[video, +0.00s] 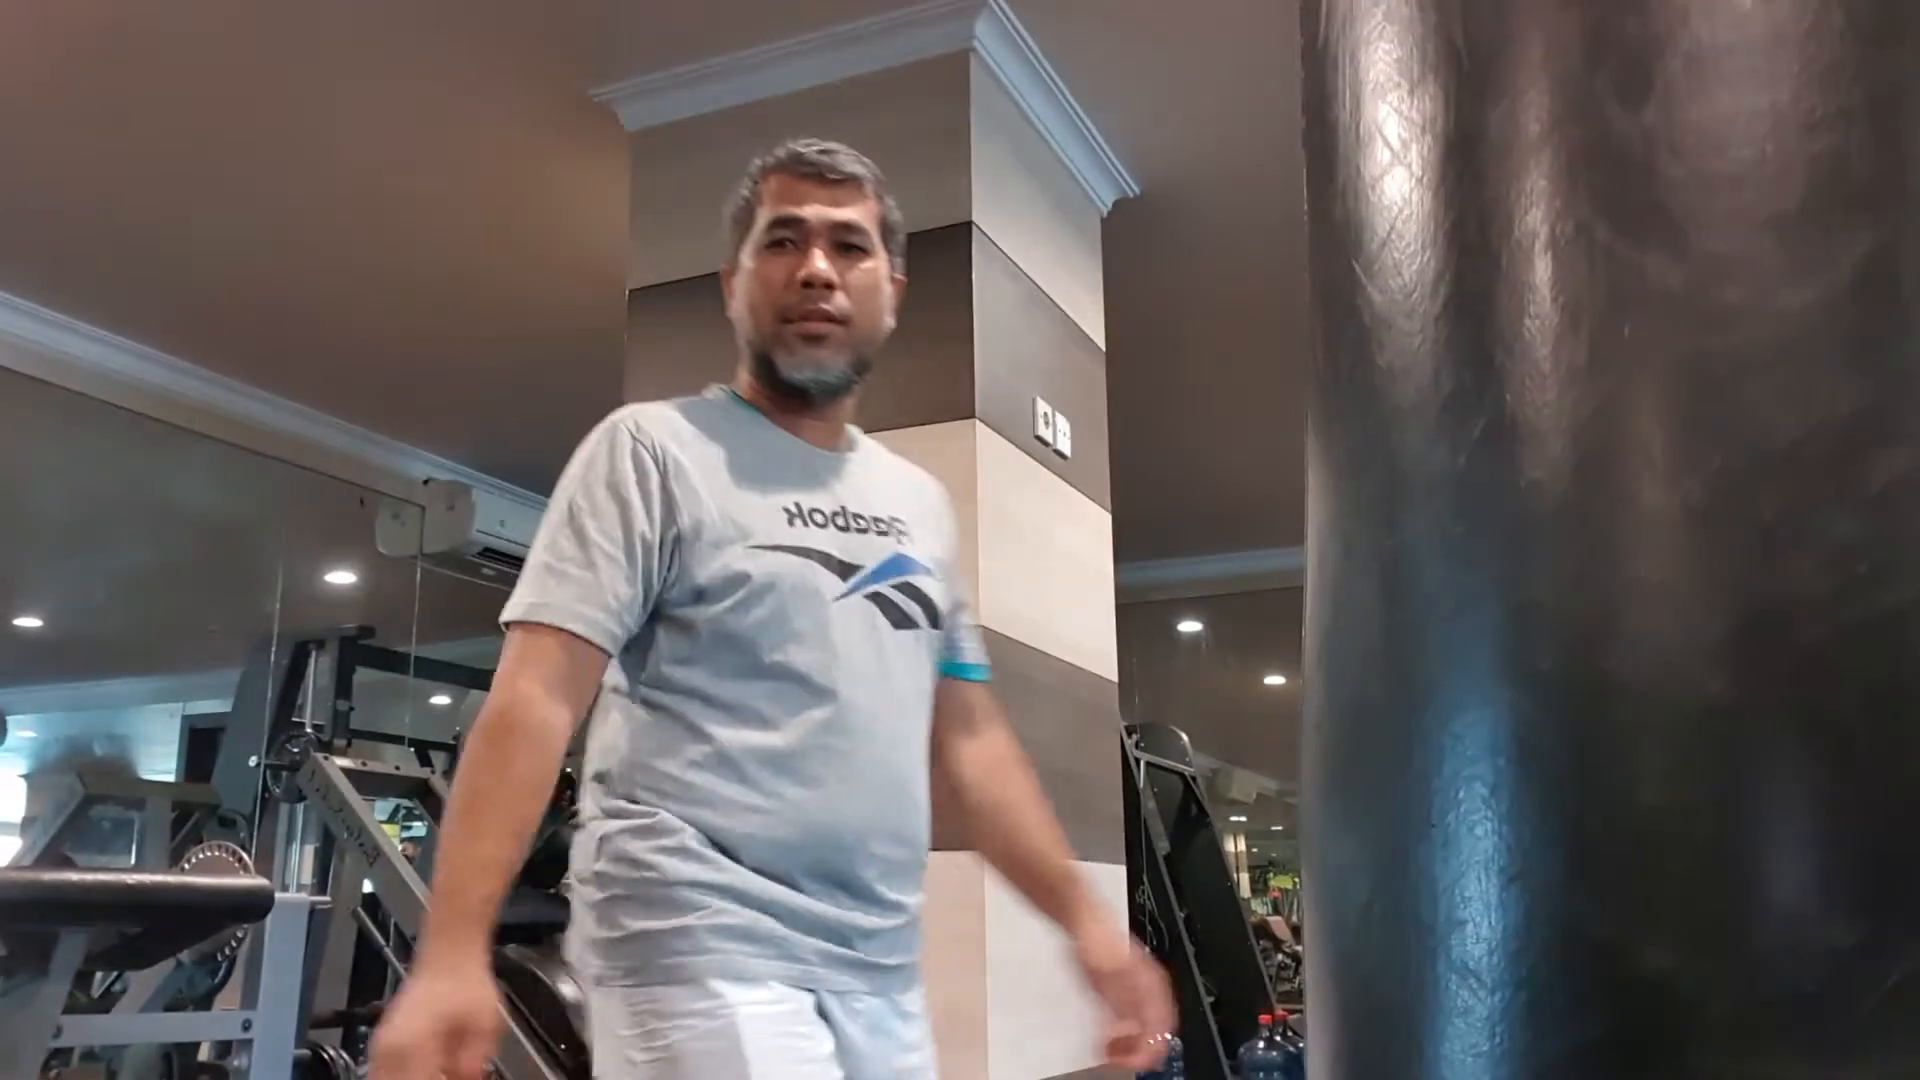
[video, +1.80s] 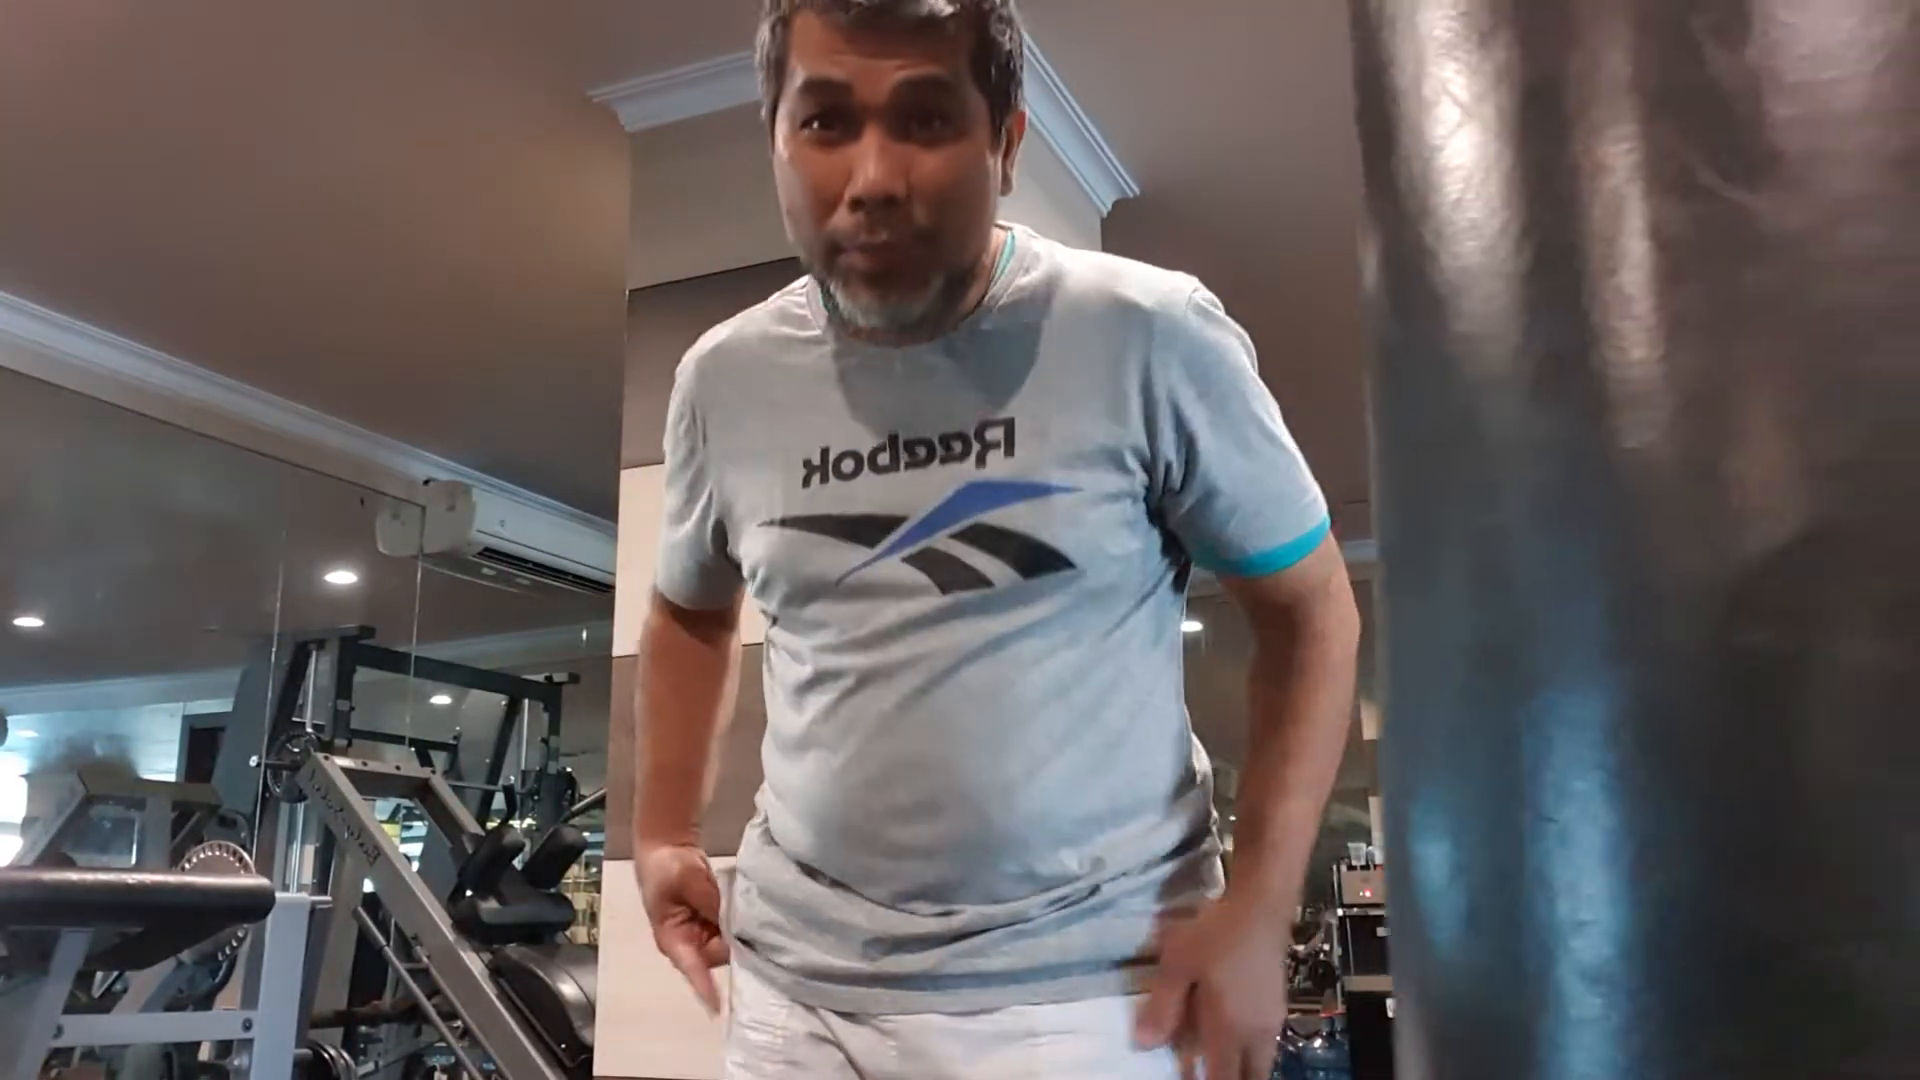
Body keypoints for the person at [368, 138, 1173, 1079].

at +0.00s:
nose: (816, 270)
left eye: (849, 247)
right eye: (784, 242)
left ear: (894, 296)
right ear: (729, 287)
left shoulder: (918, 503)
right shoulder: (647, 452)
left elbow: (966, 737)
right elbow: (534, 699)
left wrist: (1085, 917)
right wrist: (451, 954)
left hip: (876, 971)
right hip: (693, 953)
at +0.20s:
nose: (846, 239)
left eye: (882, 216)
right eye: (814, 213)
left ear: (933, 266)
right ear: (770, 260)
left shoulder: (1006, 474)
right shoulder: (675, 452)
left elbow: (1078, 683)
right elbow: (577, 710)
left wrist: (1164, 808)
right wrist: (486, 968)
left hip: (939, 960)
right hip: (722, 937)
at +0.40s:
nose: (849, 221)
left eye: (889, 194)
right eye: (817, 193)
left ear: (946, 246)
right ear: (775, 241)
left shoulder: (1041, 444)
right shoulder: (682, 462)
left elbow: (1150, 635)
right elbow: (639, 736)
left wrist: (1163, 673)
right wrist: (612, 1001)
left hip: (969, 1002)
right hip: (726, 999)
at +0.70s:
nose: (826, 189)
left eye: (868, 155)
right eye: (790, 157)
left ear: (935, 204)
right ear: (748, 208)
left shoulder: (1048, 383)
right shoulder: (681, 458)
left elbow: (1217, 627)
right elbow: (646, 741)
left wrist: (1119, 529)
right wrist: (593, 1023)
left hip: (1040, 1002)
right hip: (751, 1010)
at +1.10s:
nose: (869, 131)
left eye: (915, 91)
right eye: (831, 93)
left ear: (985, 140)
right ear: (786, 139)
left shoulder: (1107, 347)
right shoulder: (722, 412)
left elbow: (1264, 601)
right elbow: (683, 708)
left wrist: (1165, 643)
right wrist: (640, 986)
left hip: (1055, 992)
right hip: (770, 1000)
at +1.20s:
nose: (880, 119)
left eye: (928, 81)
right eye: (842, 81)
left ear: (999, 131)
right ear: (798, 129)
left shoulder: (1119, 345)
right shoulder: (728, 399)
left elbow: (1258, 606)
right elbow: (690, 693)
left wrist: (1194, 780)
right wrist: (645, 978)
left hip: (1058, 1001)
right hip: (775, 1006)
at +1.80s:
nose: (872, 179)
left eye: (925, 120)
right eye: (827, 122)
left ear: (1007, 138)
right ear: (774, 141)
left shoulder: (1153, 339)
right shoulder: (726, 382)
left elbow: (1312, 610)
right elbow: (689, 617)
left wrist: (1259, 908)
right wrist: (667, 837)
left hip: (1083, 1007)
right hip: (797, 1004)